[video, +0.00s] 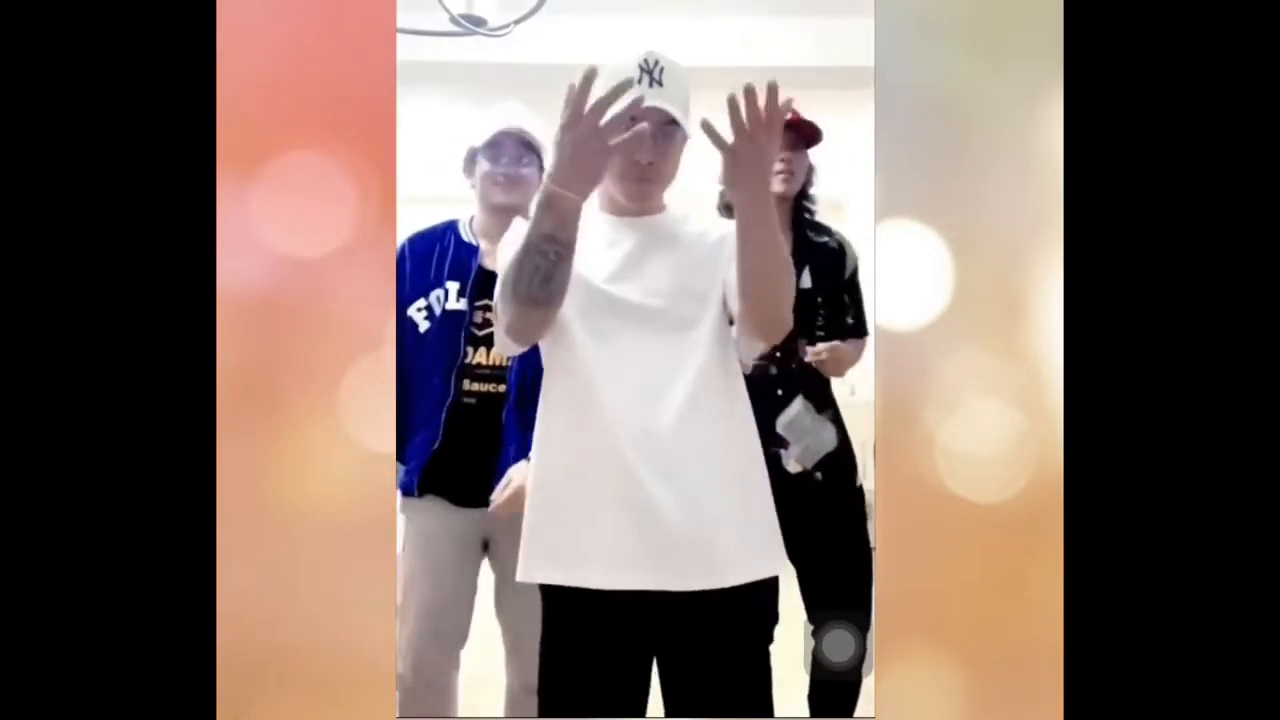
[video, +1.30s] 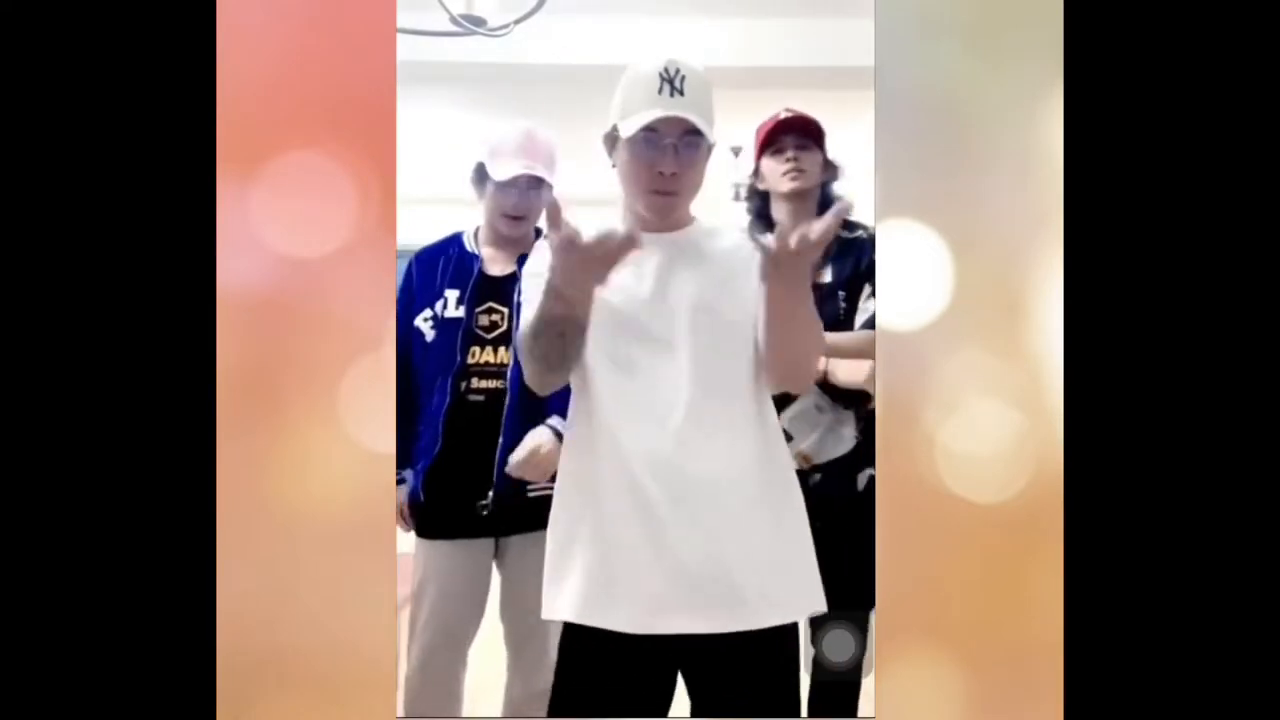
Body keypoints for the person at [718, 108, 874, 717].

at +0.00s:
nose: (786, 163)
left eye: (796, 154)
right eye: (774, 154)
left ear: (809, 167)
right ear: (747, 165)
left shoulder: (826, 247)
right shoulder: (714, 244)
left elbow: (852, 338)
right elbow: (692, 331)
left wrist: (828, 355)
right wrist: (742, 343)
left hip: (811, 438)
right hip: (730, 440)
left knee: (844, 616)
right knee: (741, 614)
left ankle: (831, 718)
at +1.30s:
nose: (792, 158)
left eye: (804, 149)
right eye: (778, 152)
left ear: (826, 164)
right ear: (757, 173)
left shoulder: (862, 246)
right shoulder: (740, 253)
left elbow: (888, 343)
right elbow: (731, 349)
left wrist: (791, 341)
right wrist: (829, 365)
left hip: (842, 473)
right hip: (757, 468)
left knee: (842, 631)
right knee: (762, 629)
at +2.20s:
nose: (794, 160)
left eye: (807, 149)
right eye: (780, 148)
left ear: (826, 165)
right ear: (757, 162)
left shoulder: (857, 255)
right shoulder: (731, 254)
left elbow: (898, 370)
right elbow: (707, 360)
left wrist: (866, 338)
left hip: (835, 482)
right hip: (745, 479)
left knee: (838, 653)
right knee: (740, 653)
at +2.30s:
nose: (797, 155)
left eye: (810, 144)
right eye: (783, 145)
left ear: (829, 161)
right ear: (761, 161)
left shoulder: (863, 252)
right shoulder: (738, 254)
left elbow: (888, 361)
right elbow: (715, 362)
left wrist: (837, 337)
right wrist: (755, 437)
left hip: (840, 479)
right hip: (750, 476)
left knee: (838, 648)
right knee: (743, 643)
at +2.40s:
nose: (800, 160)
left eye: (814, 150)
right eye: (786, 150)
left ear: (834, 167)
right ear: (763, 168)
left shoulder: (868, 255)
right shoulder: (737, 251)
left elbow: (891, 359)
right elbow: (720, 371)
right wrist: (763, 438)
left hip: (844, 479)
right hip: (753, 474)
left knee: (841, 646)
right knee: (747, 641)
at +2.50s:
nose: (805, 159)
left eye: (818, 149)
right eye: (791, 149)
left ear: (838, 165)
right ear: (769, 166)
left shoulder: (873, 250)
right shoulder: (742, 253)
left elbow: (898, 350)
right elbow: (724, 355)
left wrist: (856, 416)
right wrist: (773, 424)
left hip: (852, 468)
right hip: (764, 463)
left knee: (846, 634)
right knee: (754, 627)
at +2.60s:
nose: (809, 157)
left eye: (822, 146)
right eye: (794, 146)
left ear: (840, 164)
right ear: (771, 165)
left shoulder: (875, 248)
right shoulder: (743, 251)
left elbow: (897, 358)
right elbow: (723, 348)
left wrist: (818, 321)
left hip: (852, 464)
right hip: (762, 457)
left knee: (845, 632)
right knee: (754, 624)